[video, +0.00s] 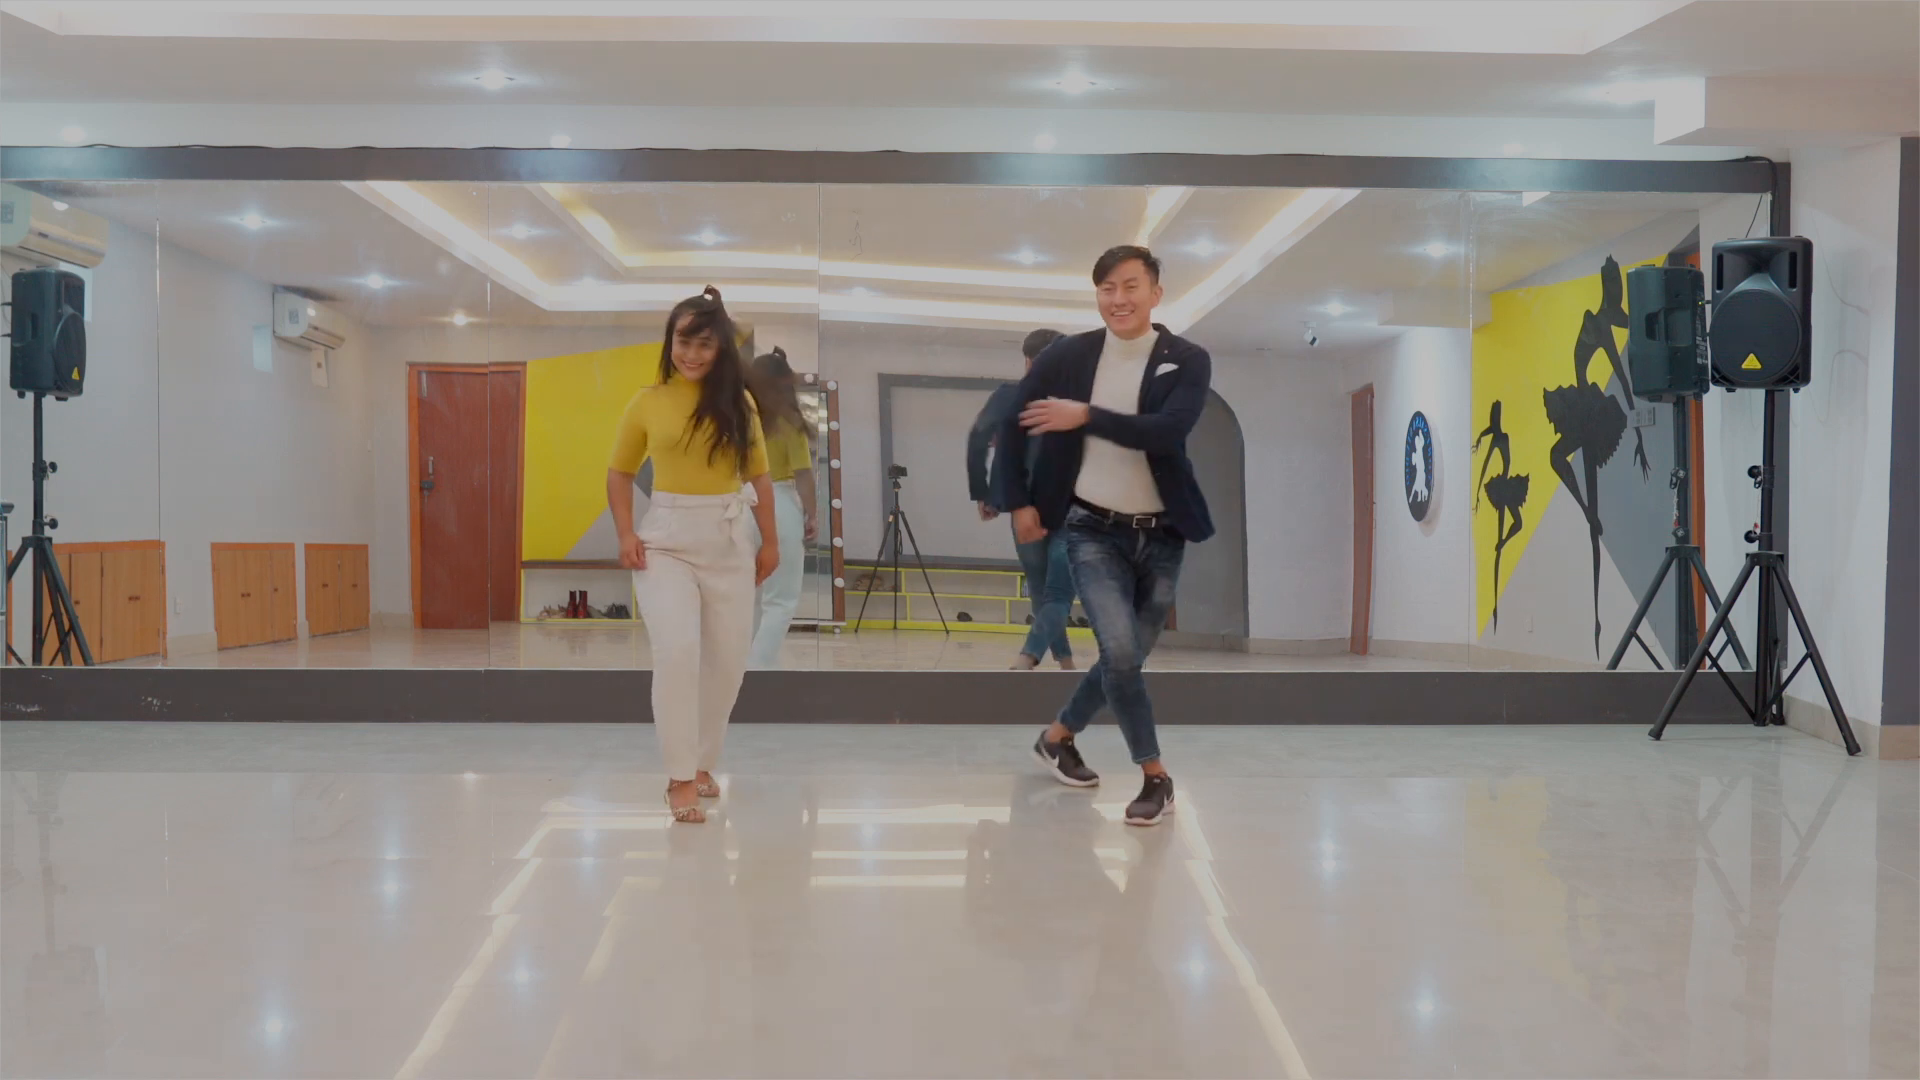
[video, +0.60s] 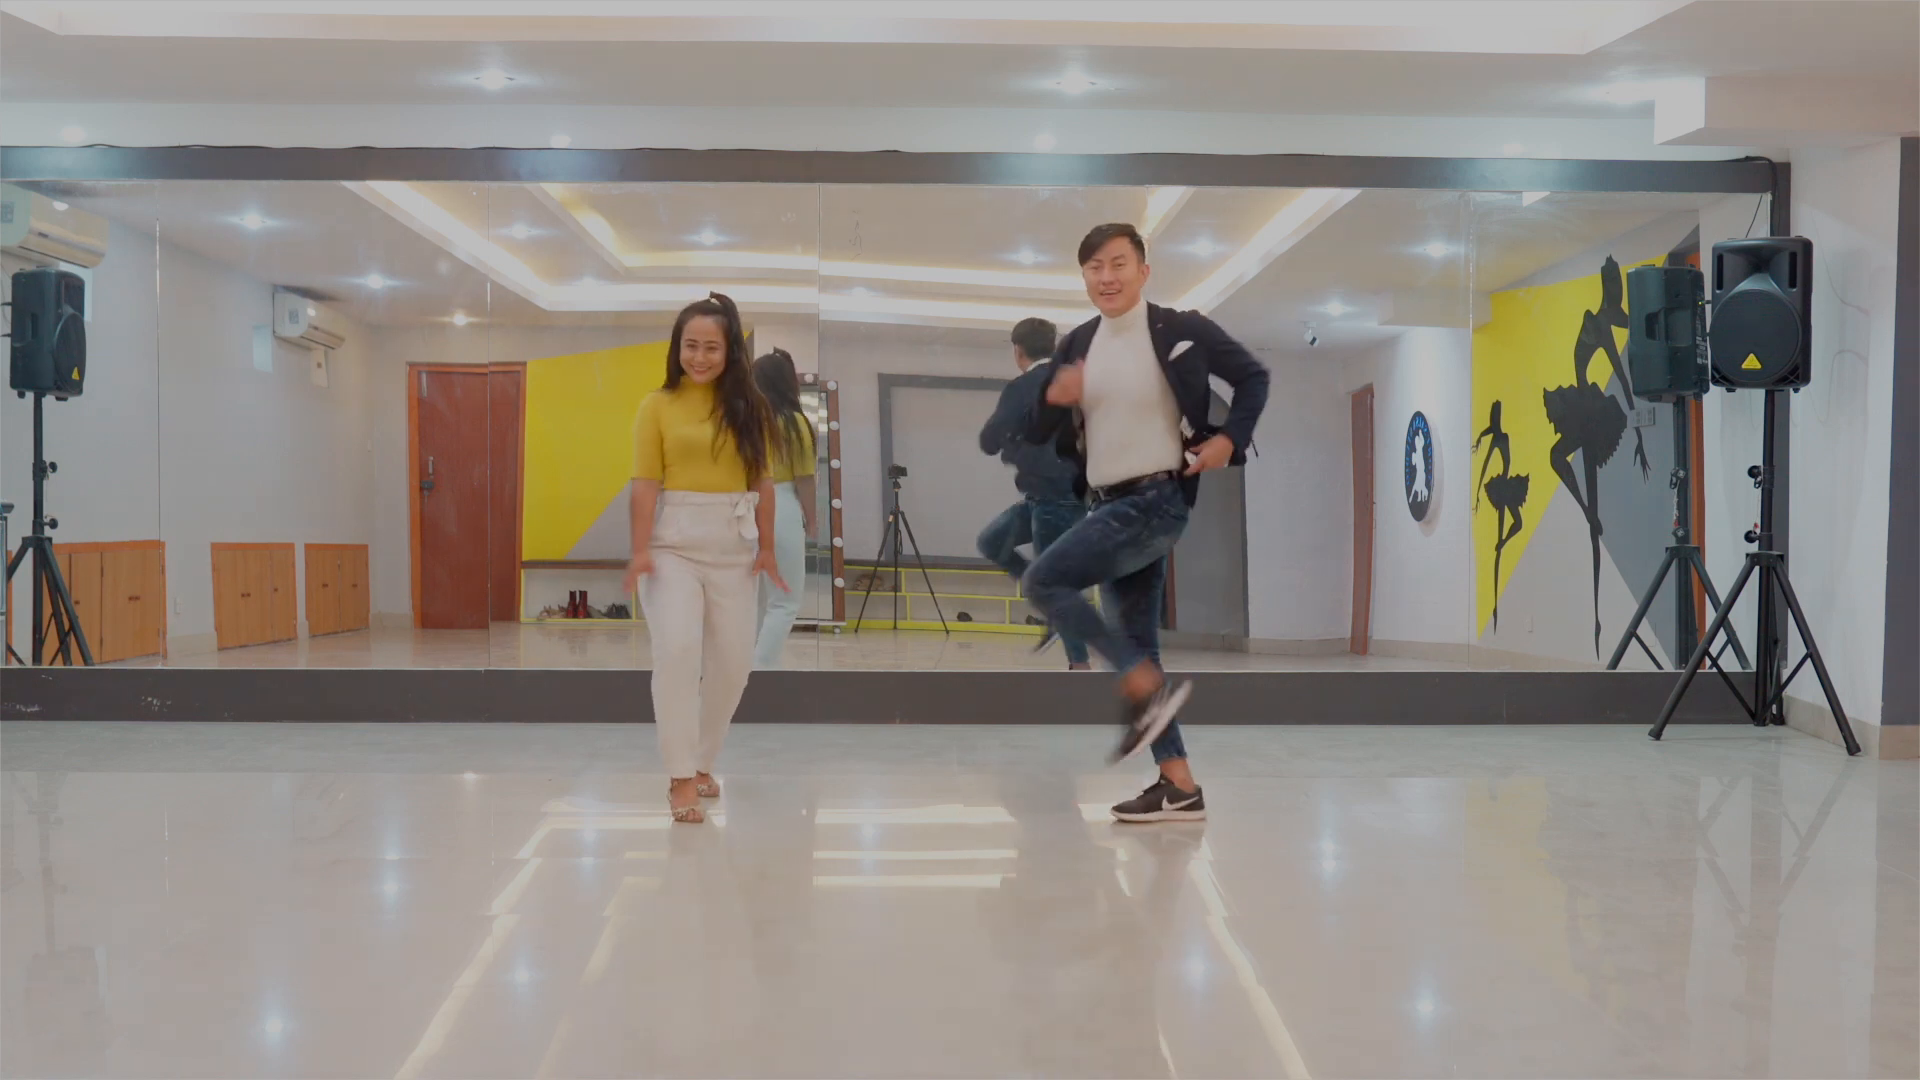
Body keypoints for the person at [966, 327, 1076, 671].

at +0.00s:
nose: (1039, 366)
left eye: (1035, 359)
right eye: (1043, 359)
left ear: (1027, 360)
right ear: (1064, 360)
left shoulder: (1010, 394)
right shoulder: (1075, 396)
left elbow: (977, 437)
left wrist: (981, 493)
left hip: (1023, 504)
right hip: (1069, 504)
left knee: (1040, 588)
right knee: (1061, 589)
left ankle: (1065, 659)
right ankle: (1028, 658)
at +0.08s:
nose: (1020, 365)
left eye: (1021, 360)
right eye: (1022, 359)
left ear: (1027, 362)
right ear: (1061, 361)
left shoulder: (1015, 396)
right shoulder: (1075, 394)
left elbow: (995, 453)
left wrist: (986, 501)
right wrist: (986, 454)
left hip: (1027, 508)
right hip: (1070, 506)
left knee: (1040, 589)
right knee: (1064, 588)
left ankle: (1066, 661)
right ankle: (1036, 657)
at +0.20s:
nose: (1017, 364)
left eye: (1018, 359)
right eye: (1019, 358)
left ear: (1025, 362)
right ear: (1057, 358)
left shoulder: (1025, 396)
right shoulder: (1076, 389)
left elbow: (1023, 447)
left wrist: (994, 490)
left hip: (1034, 500)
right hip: (1074, 498)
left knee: (1041, 580)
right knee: (1070, 581)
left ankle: (1064, 656)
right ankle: (1057, 648)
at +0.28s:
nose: (1016, 361)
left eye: (1016, 355)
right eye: (1016, 355)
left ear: (1022, 357)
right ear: (1056, 355)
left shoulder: (1026, 392)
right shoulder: (1073, 389)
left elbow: (1029, 442)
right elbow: (1080, 438)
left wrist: (1005, 476)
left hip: (1040, 506)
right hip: (1077, 503)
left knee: (1044, 589)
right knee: (1079, 584)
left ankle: (1064, 659)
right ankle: (1078, 639)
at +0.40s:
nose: (1013, 355)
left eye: (1014, 349)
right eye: (1014, 348)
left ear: (1020, 352)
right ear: (1051, 350)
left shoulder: (1027, 387)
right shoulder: (1069, 384)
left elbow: (1025, 446)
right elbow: (1075, 436)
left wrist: (1006, 452)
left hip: (1043, 503)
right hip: (1075, 499)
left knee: (1047, 586)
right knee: (1070, 578)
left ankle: (1066, 662)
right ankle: (1104, 606)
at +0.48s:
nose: (1012, 354)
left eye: (1012, 349)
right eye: (1012, 348)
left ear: (1019, 350)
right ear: (1051, 346)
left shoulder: (1025, 383)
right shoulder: (1070, 378)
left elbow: (1018, 432)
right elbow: (1073, 429)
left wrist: (994, 433)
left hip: (1047, 496)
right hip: (1079, 492)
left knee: (1048, 583)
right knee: (1028, 553)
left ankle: (1071, 661)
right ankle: (1098, 586)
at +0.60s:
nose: (1012, 355)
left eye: (1013, 349)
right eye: (1013, 349)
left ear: (1019, 352)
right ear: (1052, 346)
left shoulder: (1022, 388)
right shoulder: (1073, 377)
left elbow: (989, 441)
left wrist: (1011, 420)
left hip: (1052, 501)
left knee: (1055, 582)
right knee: (991, 543)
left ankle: (1079, 663)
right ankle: (1052, 605)